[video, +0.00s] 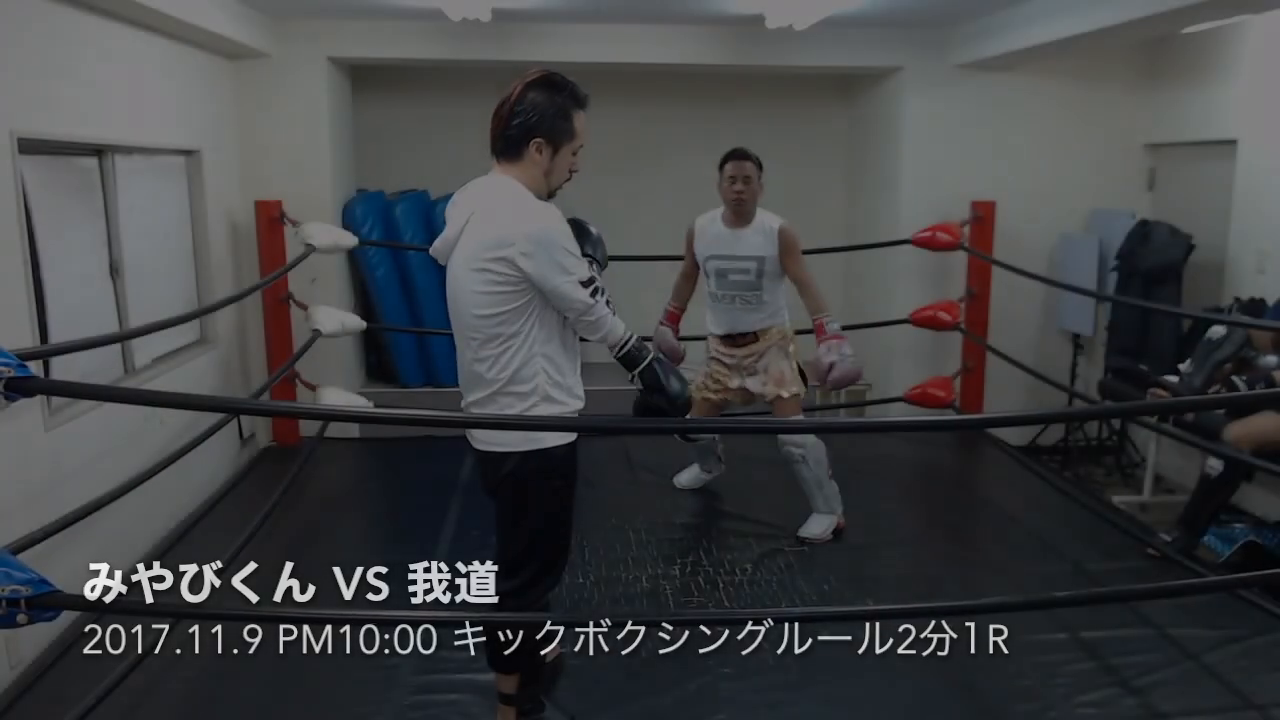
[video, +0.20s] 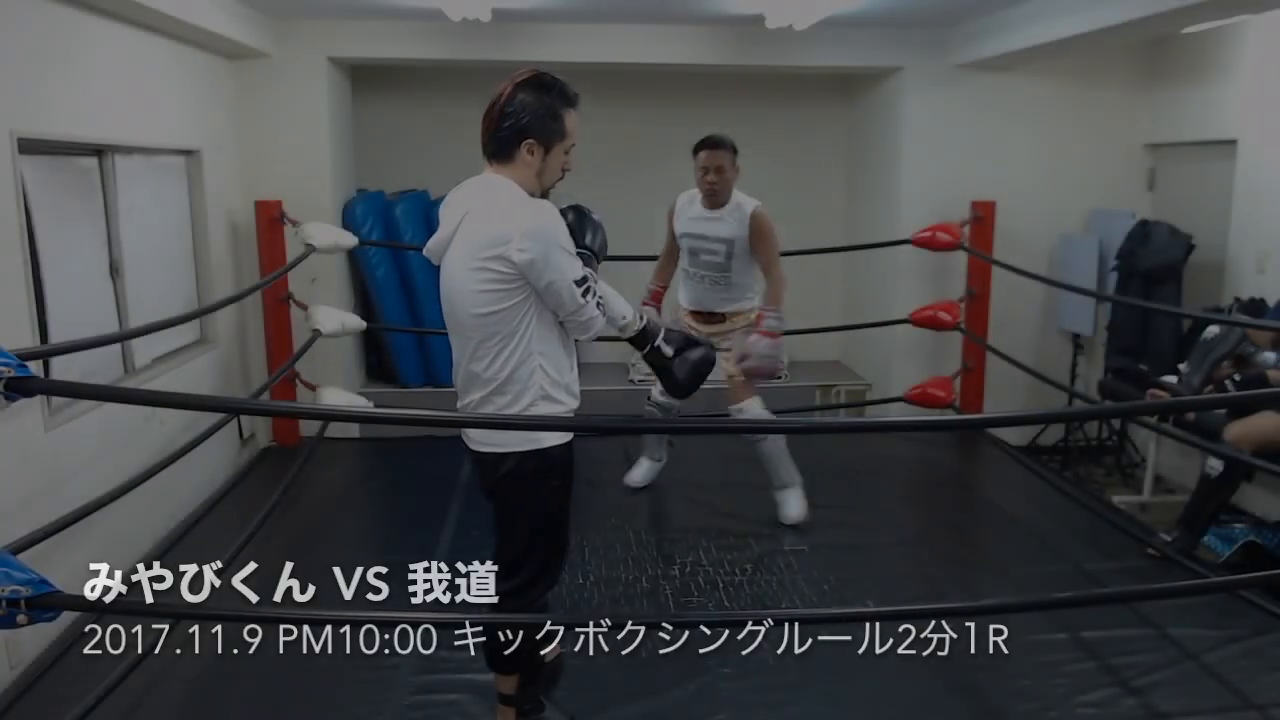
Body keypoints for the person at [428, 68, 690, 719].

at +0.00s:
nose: (578, 164)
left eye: (580, 150)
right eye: (574, 150)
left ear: (527, 143)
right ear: (540, 147)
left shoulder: (471, 200)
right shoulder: (535, 221)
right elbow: (586, 309)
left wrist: (567, 250)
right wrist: (644, 365)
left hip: (492, 420)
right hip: (535, 429)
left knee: (520, 556)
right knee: (534, 567)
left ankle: (521, 664)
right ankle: (513, 702)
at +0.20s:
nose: (569, 165)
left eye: (571, 152)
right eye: (566, 151)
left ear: (508, 141)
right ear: (533, 147)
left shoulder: (466, 199)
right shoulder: (532, 219)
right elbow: (583, 316)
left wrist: (564, 260)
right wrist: (651, 333)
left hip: (489, 419)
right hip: (530, 427)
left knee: (521, 556)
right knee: (527, 570)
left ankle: (524, 662)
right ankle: (513, 704)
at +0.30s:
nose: (565, 163)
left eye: (567, 150)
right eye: (562, 149)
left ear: (503, 140)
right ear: (530, 145)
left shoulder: (464, 199)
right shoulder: (530, 217)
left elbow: (578, 269)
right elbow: (582, 315)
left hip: (488, 421)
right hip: (527, 429)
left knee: (522, 557)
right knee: (523, 573)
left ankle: (524, 660)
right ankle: (512, 705)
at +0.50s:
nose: (560, 160)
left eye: (562, 147)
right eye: (556, 146)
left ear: (497, 141)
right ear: (524, 146)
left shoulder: (463, 199)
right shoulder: (525, 220)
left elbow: (572, 265)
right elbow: (585, 312)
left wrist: (650, 311)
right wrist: (616, 332)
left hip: (484, 418)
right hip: (520, 427)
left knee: (517, 557)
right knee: (519, 575)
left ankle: (521, 656)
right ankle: (512, 706)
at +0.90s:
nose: (543, 159)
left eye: (545, 147)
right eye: (539, 146)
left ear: (485, 142)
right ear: (507, 145)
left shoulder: (448, 195)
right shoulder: (508, 217)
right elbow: (550, 320)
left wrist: (638, 311)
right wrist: (570, 269)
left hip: (463, 405)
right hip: (502, 414)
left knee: (494, 540)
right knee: (514, 560)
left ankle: (487, 657)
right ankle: (514, 701)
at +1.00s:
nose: (541, 162)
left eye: (544, 149)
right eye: (537, 148)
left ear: (485, 142)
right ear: (505, 144)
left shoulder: (445, 195)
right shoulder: (502, 213)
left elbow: (423, 248)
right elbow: (550, 311)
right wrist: (565, 264)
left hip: (453, 405)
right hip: (492, 412)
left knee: (487, 537)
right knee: (512, 555)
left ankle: (487, 654)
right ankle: (512, 703)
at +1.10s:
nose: (539, 166)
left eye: (541, 153)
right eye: (536, 151)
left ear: (486, 144)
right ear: (505, 145)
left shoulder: (451, 194)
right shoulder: (492, 210)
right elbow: (546, 307)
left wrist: (627, 321)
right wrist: (545, 256)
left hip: (448, 408)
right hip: (479, 414)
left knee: (482, 535)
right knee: (505, 554)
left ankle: (489, 650)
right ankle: (512, 697)